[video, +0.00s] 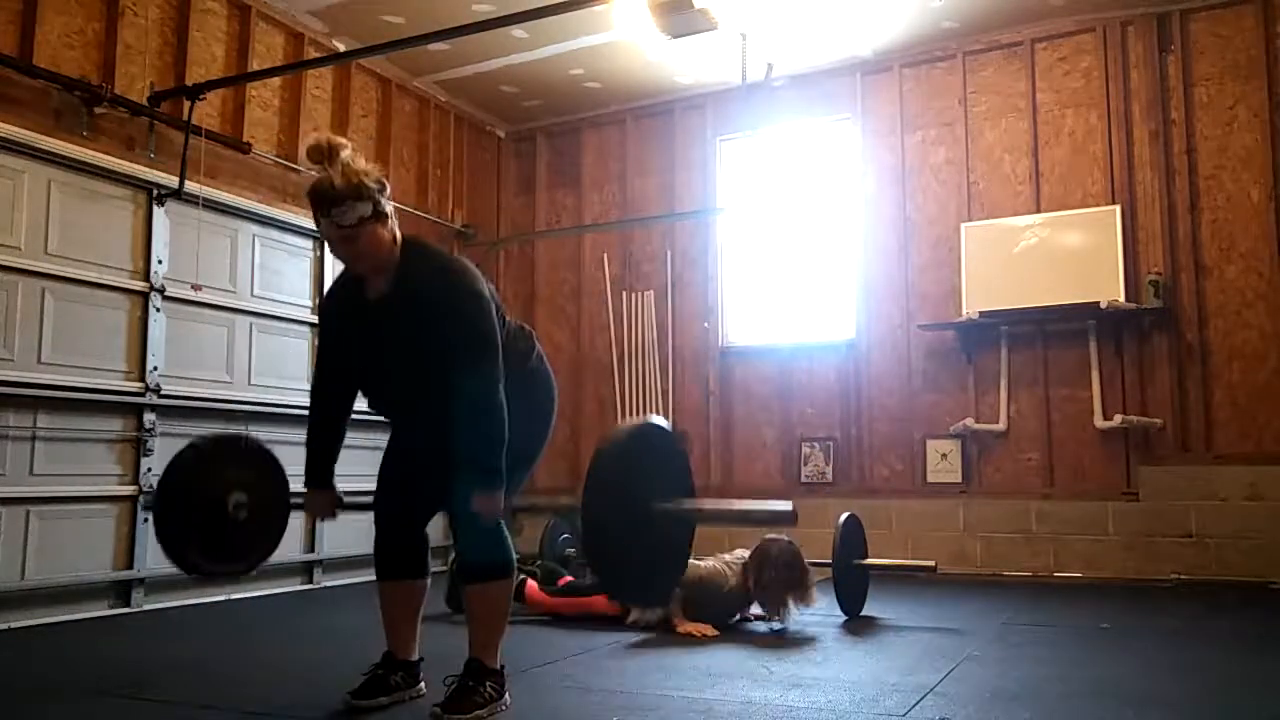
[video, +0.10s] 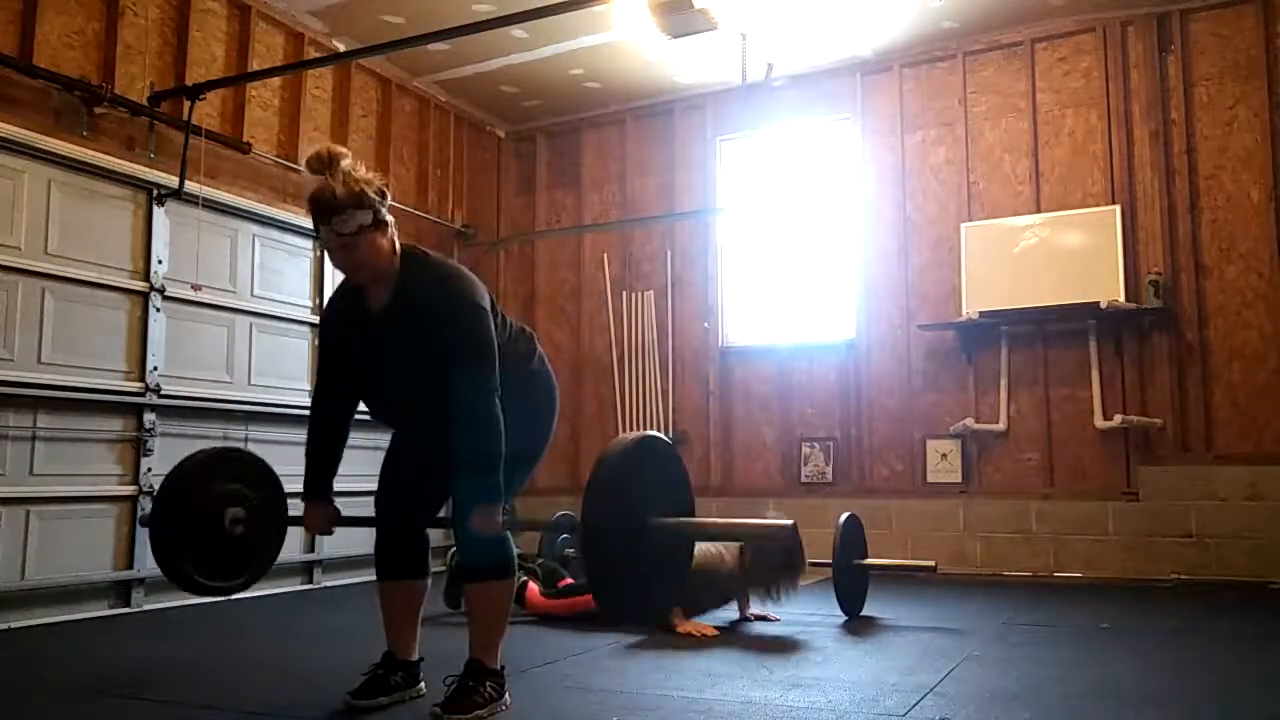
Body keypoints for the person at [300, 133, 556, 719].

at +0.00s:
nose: (343, 248)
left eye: (353, 232)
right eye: (333, 238)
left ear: (386, 221)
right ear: (326, 239)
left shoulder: (452, 283)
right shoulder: (342, 305)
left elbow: (481, 387)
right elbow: (330, 396)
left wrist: (488, 477)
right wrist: (319, 479)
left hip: (503, 402)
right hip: (424, 411)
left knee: (475, 512)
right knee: (395, 516)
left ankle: (486, 671)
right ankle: (401, 664)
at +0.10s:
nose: (342, 256)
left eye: (353, 240)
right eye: (332, 244)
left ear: (386, 231)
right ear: (325, 246)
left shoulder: (451, 290)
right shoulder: (343, 314)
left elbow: (478, 396)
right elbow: (331, 406)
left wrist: (485, 496)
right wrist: (317, 492)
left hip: (508, 400)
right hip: (427, 412)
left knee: (479, 518)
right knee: (397, 516)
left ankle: (485, 672)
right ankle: (402, 665)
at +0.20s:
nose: (338, 251)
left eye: (348, 237)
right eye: (330, 241)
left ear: (384, 229)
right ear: (324, 244)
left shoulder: (450, 287)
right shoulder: (343, 311)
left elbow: (479, 392)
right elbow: (332, 403)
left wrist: (486, 487)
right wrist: (319, 490)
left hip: (508, 399)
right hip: (429, 410)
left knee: (477, 515)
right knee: (397, 515)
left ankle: (485, 671)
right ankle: (401, 665)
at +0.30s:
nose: (374, 223)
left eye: (375, 207)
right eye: (353, 217)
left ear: (388, 206)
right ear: (330, 232)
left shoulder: (450, 271)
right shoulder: (342, 297)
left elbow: (486, 371)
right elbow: (334, 388)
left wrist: (492, 466)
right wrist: (322, 474)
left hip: (503, 394)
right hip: (426, 406)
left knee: (477, 507)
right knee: (399, 514)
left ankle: (485, 670)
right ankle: (402, 664)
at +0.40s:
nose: (363, 205)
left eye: (372, 189)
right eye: (346, 198)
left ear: (391, 183)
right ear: (329, 207)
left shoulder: (448, 246)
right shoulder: (343, 272)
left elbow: (496, 341)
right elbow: (336, 362)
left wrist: (498, 433)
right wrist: (325, 443)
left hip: (493, 390)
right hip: (423, 401)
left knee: (479, 513)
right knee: (400, 515)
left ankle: (486, 670)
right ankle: (402, 663)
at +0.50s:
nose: (372, 186)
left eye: (378, 168)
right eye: (354, 179)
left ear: (395, 155)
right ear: (333, 183)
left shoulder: (450, 217)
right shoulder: (345, 245)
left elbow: (508, 297)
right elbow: (335, 327)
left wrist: (498, 390)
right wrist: (327, 403)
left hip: (495, 379)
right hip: (424, 385)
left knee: (477, 512)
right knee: (401, 512)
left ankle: (486, 669)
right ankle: (403, 662)